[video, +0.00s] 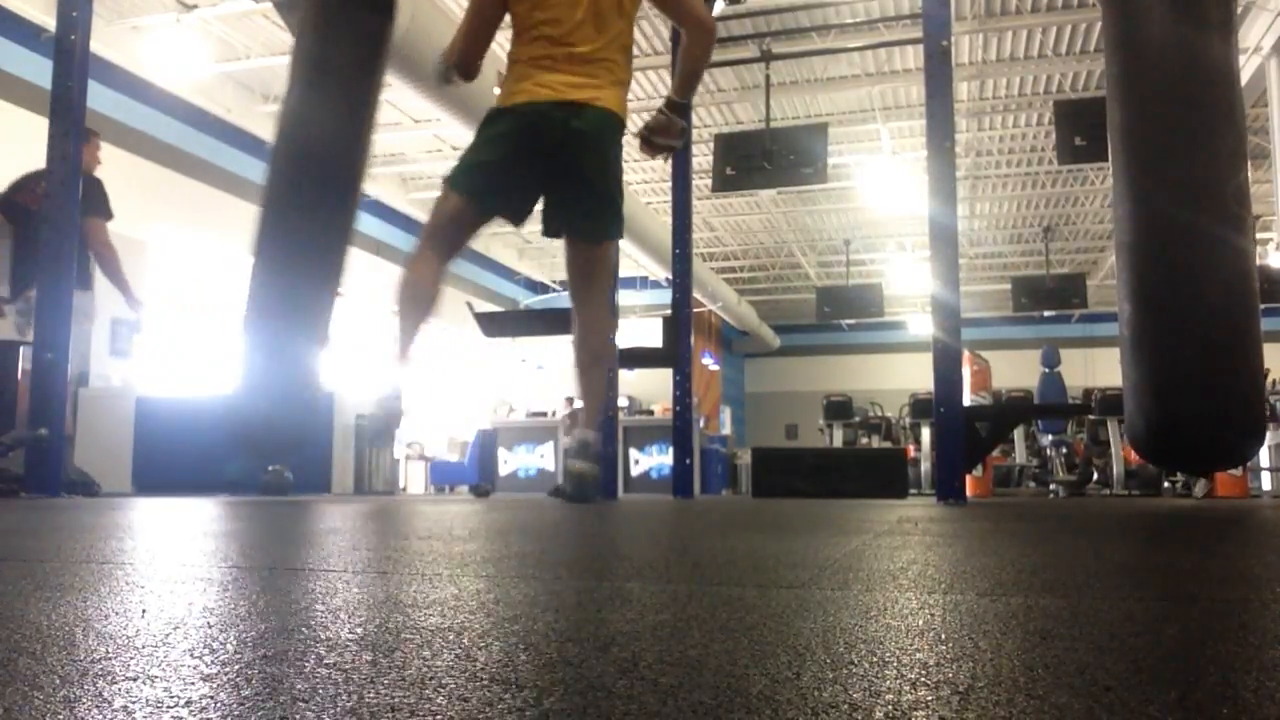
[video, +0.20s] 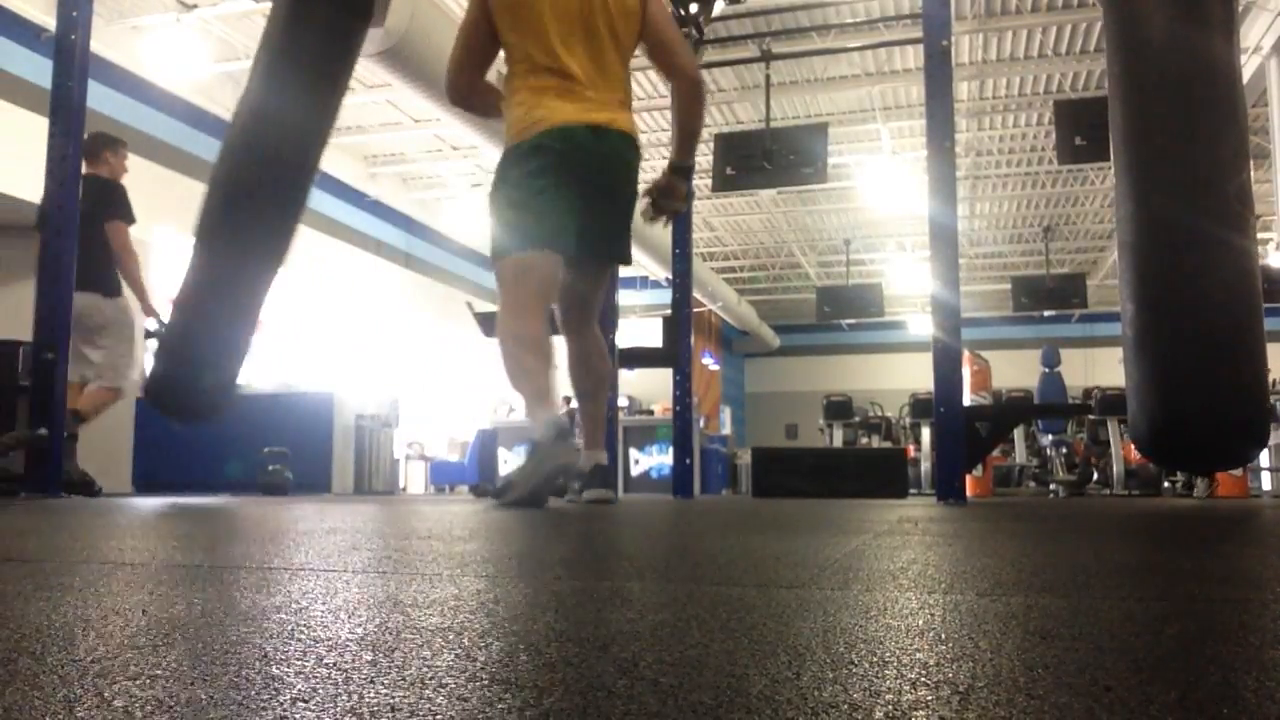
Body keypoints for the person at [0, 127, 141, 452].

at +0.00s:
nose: (99, 158)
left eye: (99, 150)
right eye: (95, 150)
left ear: (65, 147)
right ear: (79, 148)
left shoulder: (30, 181)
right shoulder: (87, 184)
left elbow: (13, 235)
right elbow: (97, 242)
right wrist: (129, 294)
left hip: (29, 290)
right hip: (71, 293)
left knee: (31, 371)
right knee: (68, 374)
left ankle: (22, 446)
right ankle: (61, 452)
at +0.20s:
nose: (126, 168)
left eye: (126, 161)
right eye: (122, 160)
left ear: (91, 158)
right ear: (106, 158)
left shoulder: (60, 188)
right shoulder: (111, 191)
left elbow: (43, 245)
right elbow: (121, 249)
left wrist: (50, 290)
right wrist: (144, 300)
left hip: (62, 294)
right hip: (98, 297)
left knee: (72, 376)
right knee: (115, 379)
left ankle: (66, 466)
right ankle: (63, 426)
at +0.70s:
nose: (188, 198)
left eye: (185, 192)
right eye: (188, 192)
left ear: (159, 190)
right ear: (184, 192)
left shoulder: (133, 221)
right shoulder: (187, 225)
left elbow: (133, 276)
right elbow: (195, 277)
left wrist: (131, 322)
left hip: (138, 326)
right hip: (175, 327)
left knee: (129, 393)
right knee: (174, 401)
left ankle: (95, 444)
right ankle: (170, 475)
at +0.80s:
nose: (202, 202)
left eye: (201, 196)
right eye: (202, 197)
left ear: (171, 194)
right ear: (198, 196)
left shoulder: (145, 223)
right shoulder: (199, 226)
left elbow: (140, 273)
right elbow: (210, 273)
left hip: (149, 321)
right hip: (184, 321)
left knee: (152, 388)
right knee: (180, 393)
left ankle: (126, 436)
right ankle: (171, 474)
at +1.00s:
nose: (220, 210)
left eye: (218, 205)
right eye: (220, 206)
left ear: (192, 203)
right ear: (217, 205)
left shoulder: (172, 229)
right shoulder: (216, 231)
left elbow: (165, 288)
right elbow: (224, 281)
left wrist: (174, 320)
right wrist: (245, 317)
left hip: (176, 311)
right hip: (202, 314)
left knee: (196, 392)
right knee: (190, 389)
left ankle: (191, 464)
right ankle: (171, 464)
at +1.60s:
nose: (275, 237)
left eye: (272, 231)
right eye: (276, 231)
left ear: (252, 229)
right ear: (275, 231)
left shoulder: (234, 253)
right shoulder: (270, 255)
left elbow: (231, 303)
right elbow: (267, 300)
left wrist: (241, 332)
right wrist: (279, 340)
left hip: (241, 334)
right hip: (264, 334)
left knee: (236, 398)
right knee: (284, 398)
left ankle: (230, 466)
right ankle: (277, 462)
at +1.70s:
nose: (286, 244)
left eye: (284, 239)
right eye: (286, 240)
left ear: (264, 236)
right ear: (284, 238)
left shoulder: (246, 260)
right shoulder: (281, 262)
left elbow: (242, 307)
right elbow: (277, 308)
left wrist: (250, 339)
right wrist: (282, 346)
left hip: (251, 342)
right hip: (273, 342)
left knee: (240, 406)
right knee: (289, 406)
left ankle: (232, 471)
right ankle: (297, 469)